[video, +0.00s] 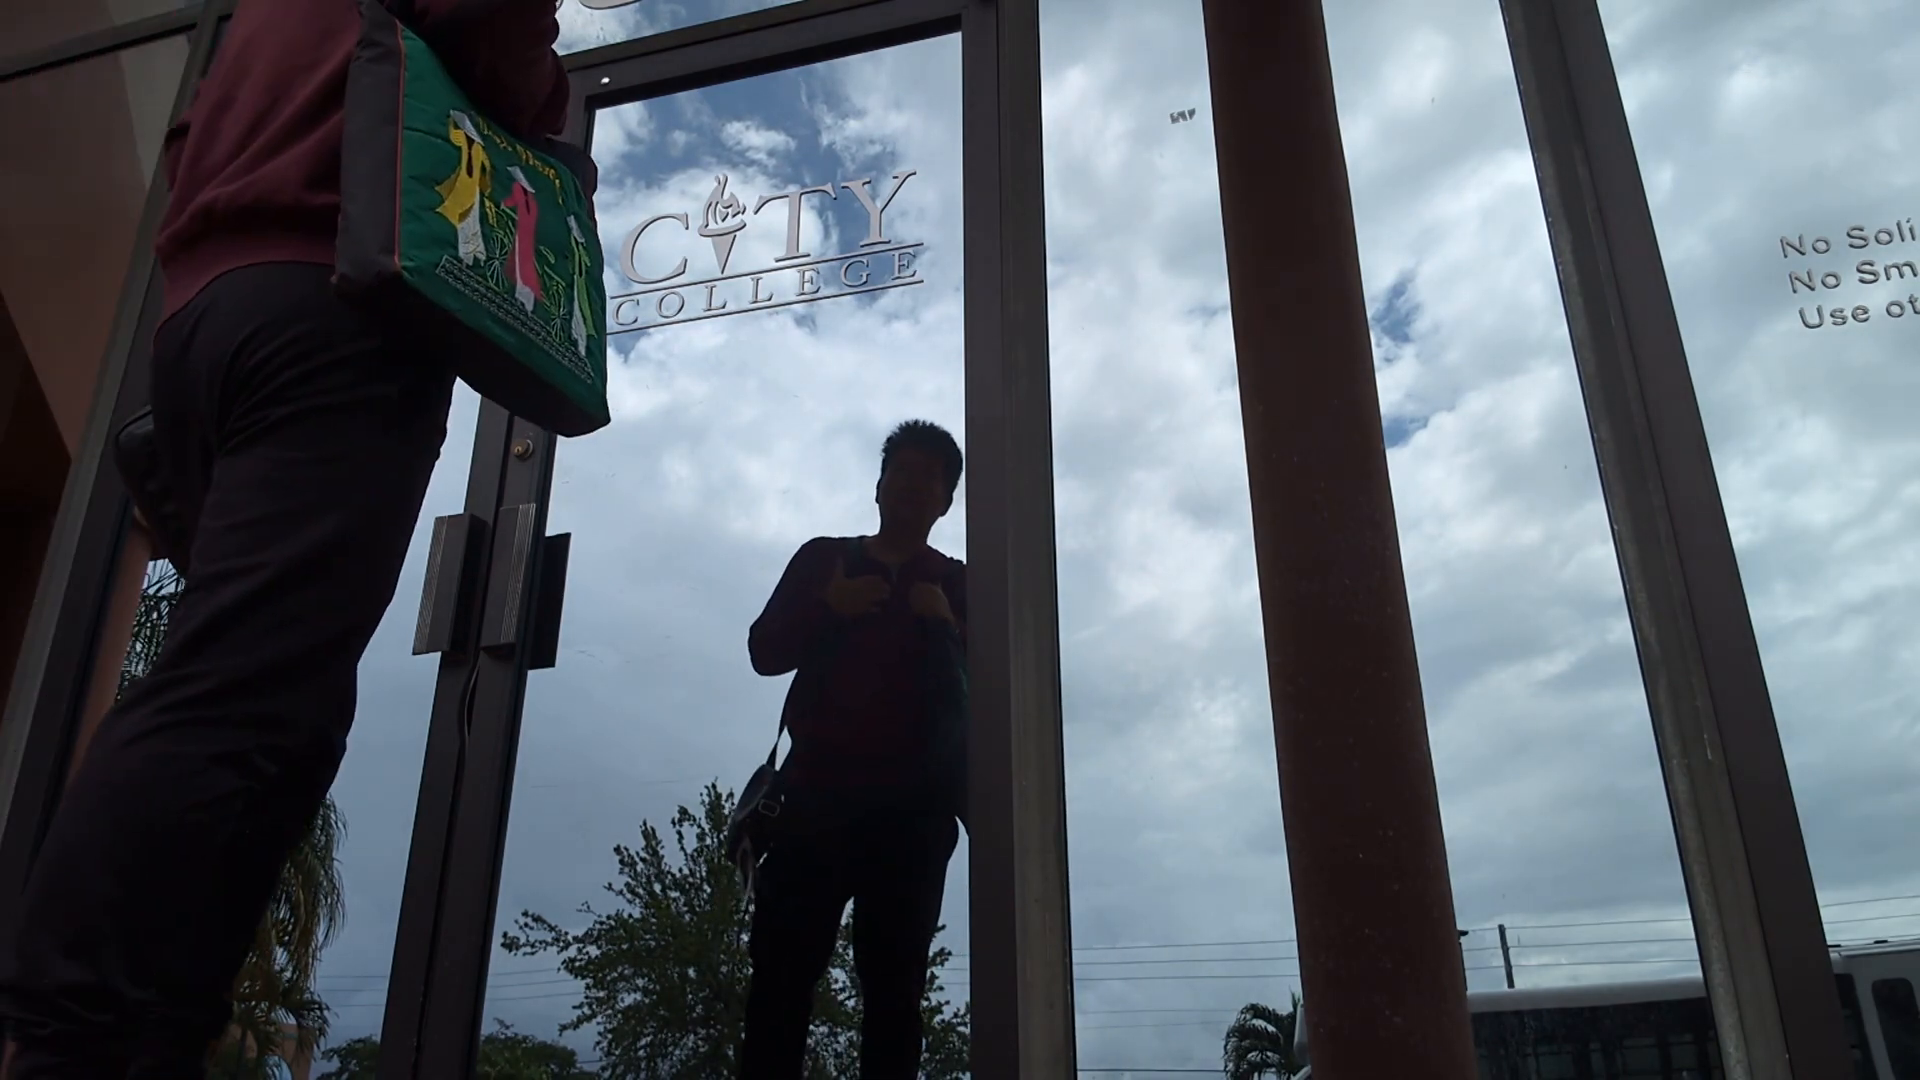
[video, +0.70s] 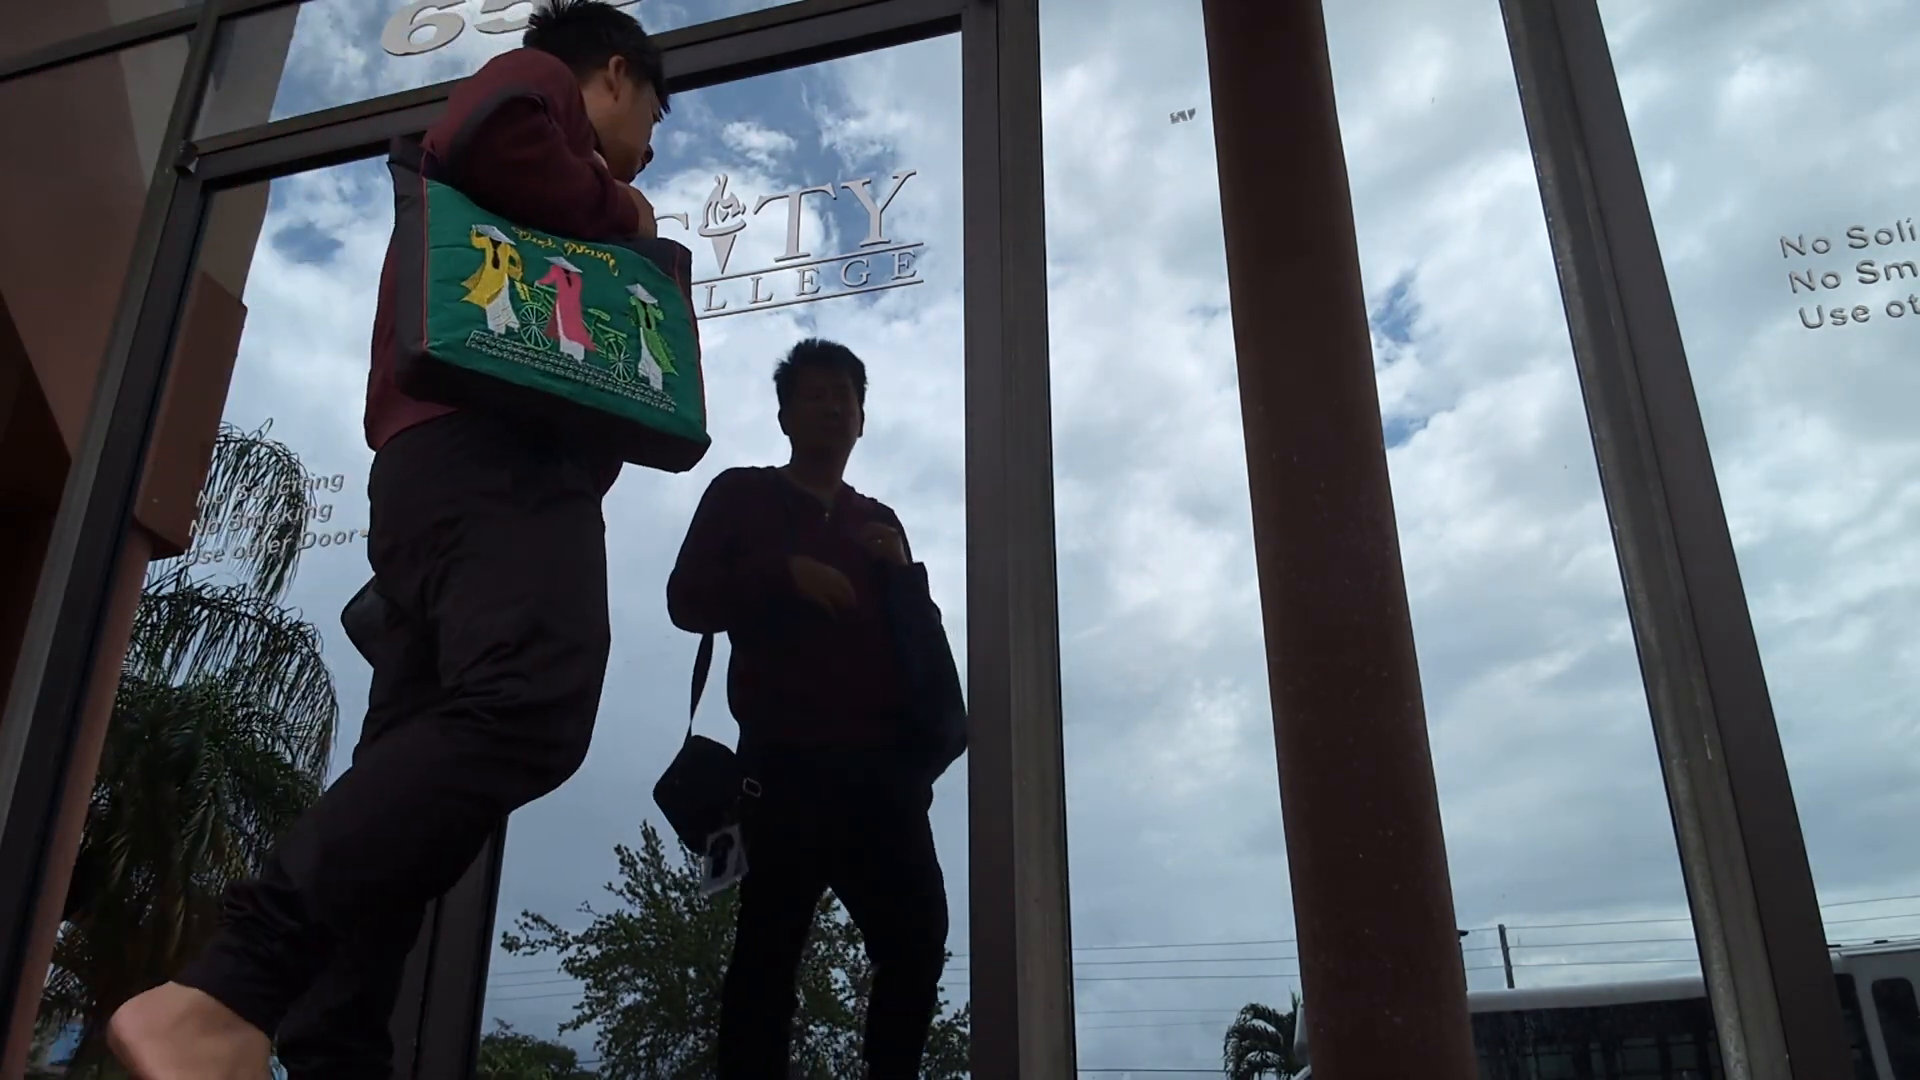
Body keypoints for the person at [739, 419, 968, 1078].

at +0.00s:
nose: (904, 488)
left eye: (923, 479)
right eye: (896, 474)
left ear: (946, 498)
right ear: (879, 481)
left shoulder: (962, 583)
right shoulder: (822, 559)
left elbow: (988, 683)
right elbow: (765, 653)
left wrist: (945, 623)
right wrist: (831, 605)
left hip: (914, 809)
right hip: (815, 799)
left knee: (894, 994)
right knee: (779, 987)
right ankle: (766, 1079)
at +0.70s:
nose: (828, 410)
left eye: (841, 397)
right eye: (811, 397)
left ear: (861, 414)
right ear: (783, 413)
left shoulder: (878, 520)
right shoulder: (739, 493)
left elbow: (923, 639)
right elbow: (686, 602)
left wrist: (901, 570)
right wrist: (784, 574)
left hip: (879, 764)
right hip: (784, 759)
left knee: (916, 944)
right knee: (769, 950)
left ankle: (890, 1073)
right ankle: (751, 1072)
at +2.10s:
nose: (916, 441)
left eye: (920, 425)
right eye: (912, 420)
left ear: (870, 418)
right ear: (871, 411)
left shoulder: (877, 510)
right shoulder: (777, 461)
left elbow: (880, 630)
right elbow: (720, 565)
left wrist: (922, 707)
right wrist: (844, 577)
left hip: (885, 756)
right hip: (802, 750)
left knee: (896, 952)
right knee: (787, 947)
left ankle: (880, 1075)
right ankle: (760, 1071)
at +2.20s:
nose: (914, 440)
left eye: (918, 424)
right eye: (911, 419)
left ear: (868, 418)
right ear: (869, 411)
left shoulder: (874, 511)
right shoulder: (775, 461)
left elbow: (879, 629)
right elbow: (720, 563)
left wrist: (918, 710)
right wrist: (844, 578)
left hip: (884, 758)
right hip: (802, 751)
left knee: (896, 953)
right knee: (787, 948)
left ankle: (883, 1076)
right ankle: (760, 1071)